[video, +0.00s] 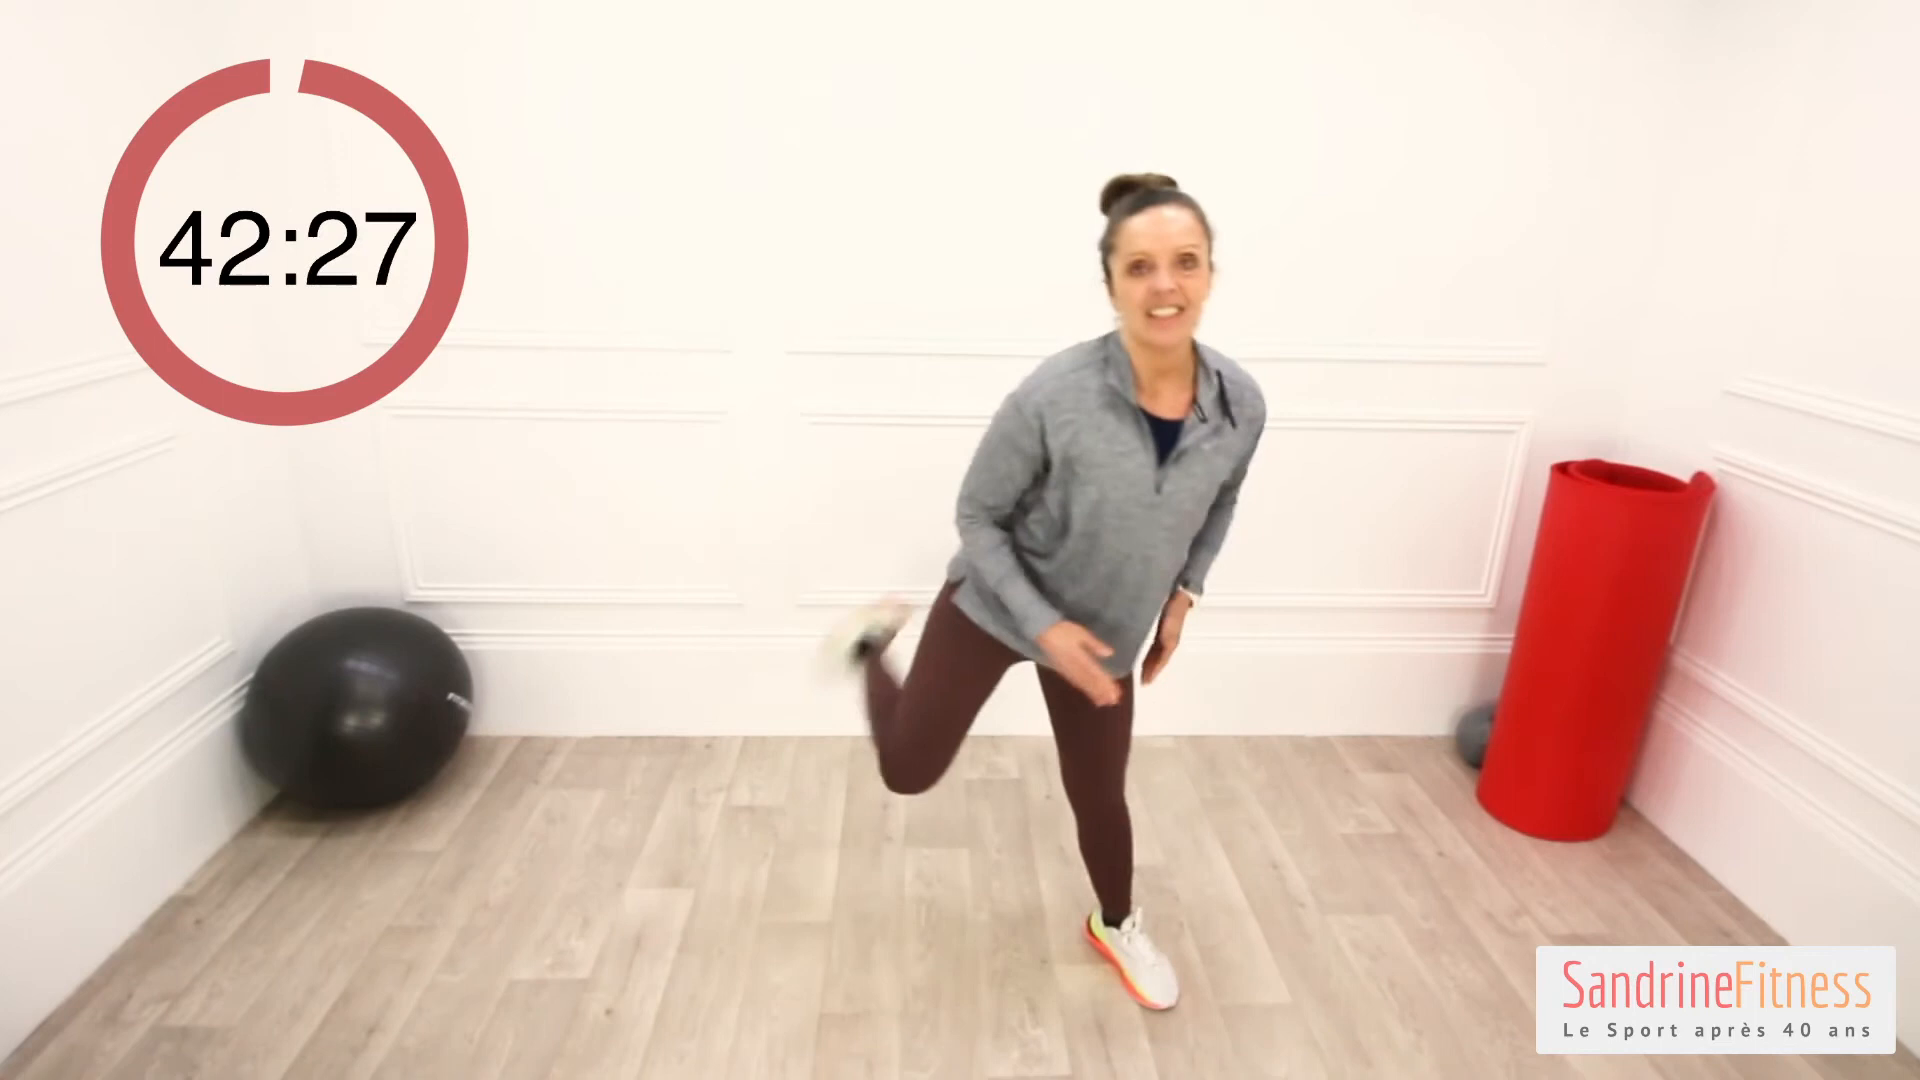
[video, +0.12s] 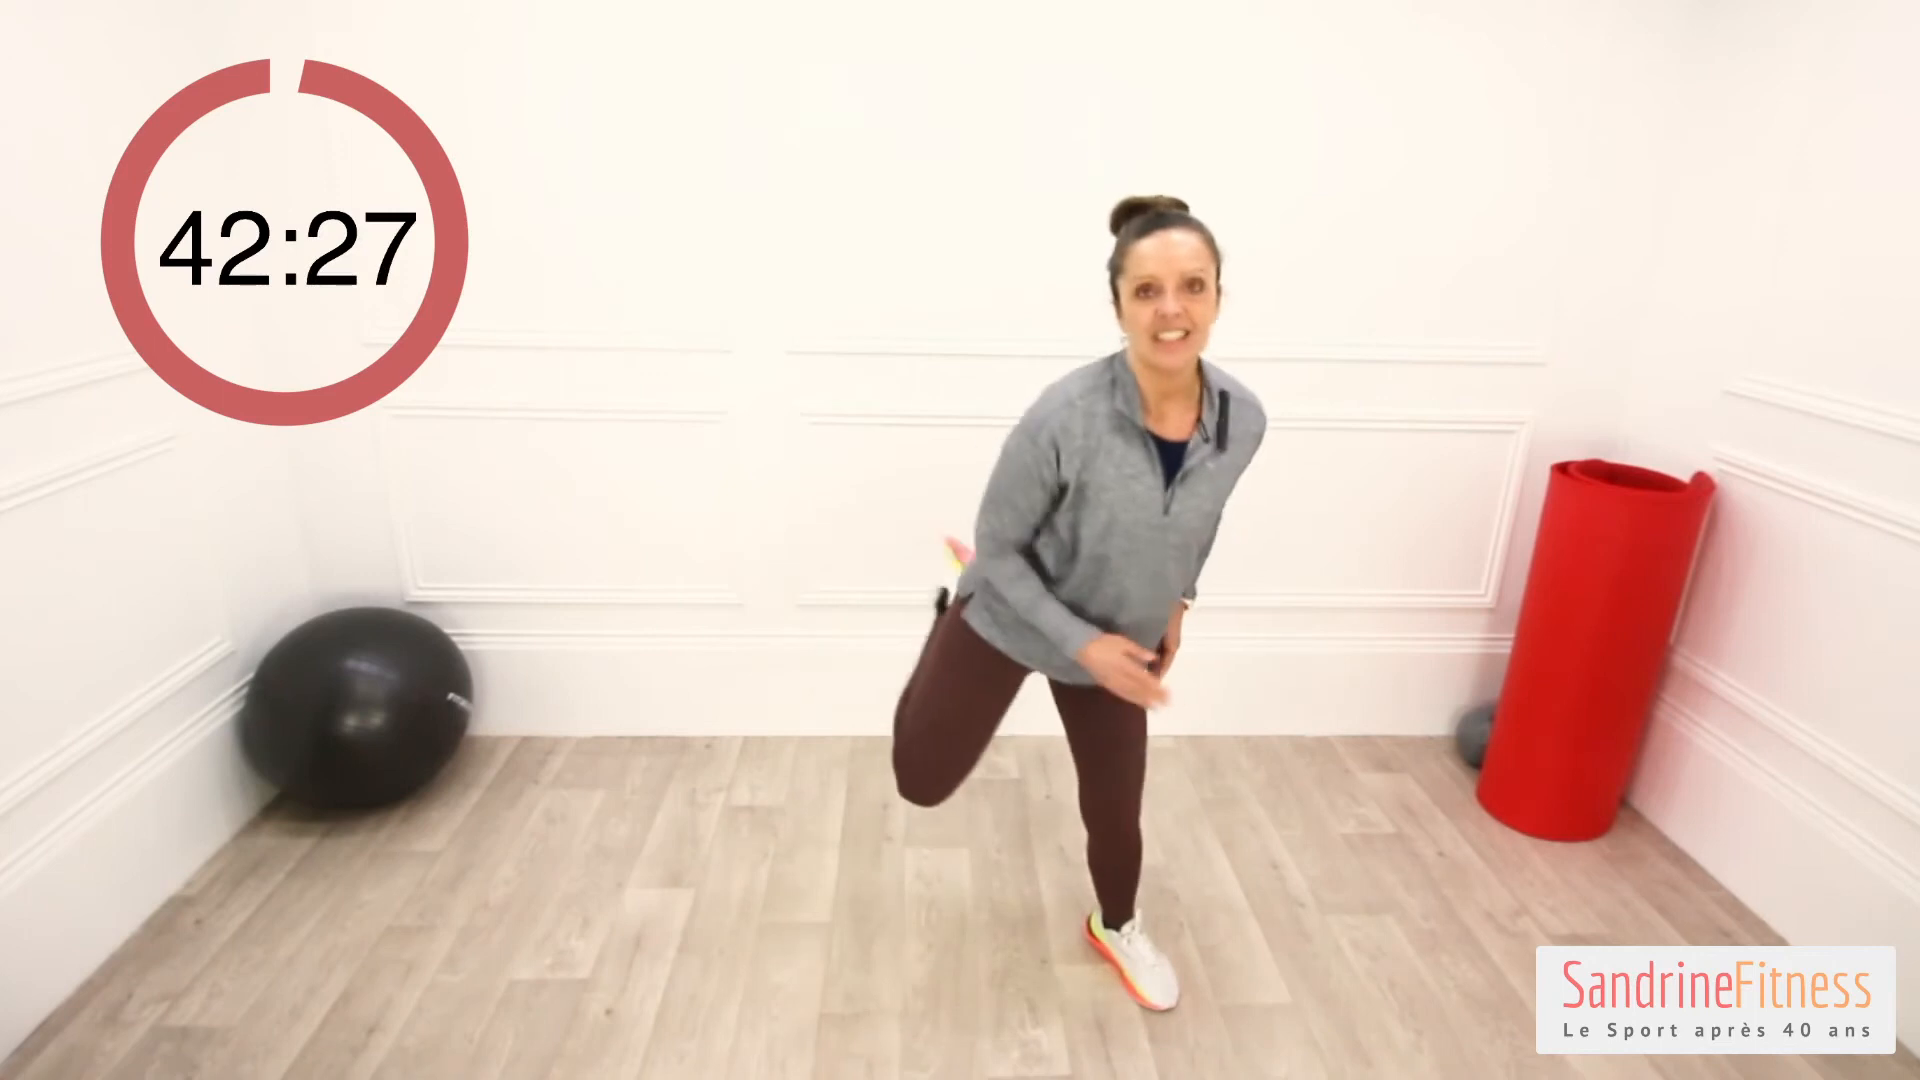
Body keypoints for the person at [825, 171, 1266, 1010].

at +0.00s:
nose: (1167, 288)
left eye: (1186, 263)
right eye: (1141, 269)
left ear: (1211, 275)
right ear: (1111, 287)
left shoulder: (1238, 407)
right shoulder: (1052, 398)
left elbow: (1219, 509)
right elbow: (977, 521)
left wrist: (1183, 594)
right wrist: (1046, 628)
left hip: (1107, 632)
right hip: (999, 604)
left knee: (1101, 795)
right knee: (909, 769)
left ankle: (1115, 924)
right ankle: (875, 644)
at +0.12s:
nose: (1172, 311)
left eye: (1193, 288)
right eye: (1148, 292)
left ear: (1218, 302)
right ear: (1118, 309)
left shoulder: (1239, 421)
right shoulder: (1060, 422)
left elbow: (1196, 521)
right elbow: (996, 561)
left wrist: (1176, 601)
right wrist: (1086, 647)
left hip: (1121, 643)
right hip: (1017, 616)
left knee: (1115, 809)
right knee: (922, 780)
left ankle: (1117, 926)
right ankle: (963, 600)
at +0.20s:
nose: (1162, 314)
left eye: (1184, 291)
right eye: (1138, 295)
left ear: (1210, 305)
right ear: (1110, 311)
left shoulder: (1234, 424)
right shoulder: (1055, 424)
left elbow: (1207, 520)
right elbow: (1003, 572)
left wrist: (1180, 595)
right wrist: (1104, 643)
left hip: (1113, 646)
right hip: (1014, 619)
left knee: (1112, 810)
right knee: (929, 788)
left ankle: (1116, 927)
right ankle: (956, 617)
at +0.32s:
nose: (1130, 291)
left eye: (1151, 268)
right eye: (1106, 273)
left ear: (1179, 282)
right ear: (1079, 290)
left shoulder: (1220, 405)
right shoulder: (1030, 402)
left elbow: (1221, 482)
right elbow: (983, 558)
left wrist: (1190, 566)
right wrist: (1077, 621)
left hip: (1102, 629)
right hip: (999, 601)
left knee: (1103, 794)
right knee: (911, 766)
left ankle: (1115, 925)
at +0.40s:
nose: (1090, 293)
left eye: (1111, 271)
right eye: (1067, 275)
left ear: (1141, 285)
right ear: (1043, 292)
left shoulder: (1187, 403)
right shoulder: (996, 402)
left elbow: (1218, 468)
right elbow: (949, 551)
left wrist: (1185, 564)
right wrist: (1013, 633)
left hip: (1097, 627)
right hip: (984, 607)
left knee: (1100, 798)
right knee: (895, 754)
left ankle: (1116, 925)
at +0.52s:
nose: (1037, 318)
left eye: (1057, 295)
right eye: (1015, 299)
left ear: (1089, 306)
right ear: (994, 315)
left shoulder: (1142, 428)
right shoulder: (947, 428)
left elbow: (1190, 499)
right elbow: (888, 567)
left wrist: (1164, 598)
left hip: (1078, 639)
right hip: (964, 624)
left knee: (1094, 810)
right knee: (887, 770)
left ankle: (1116, 927)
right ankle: (803, 908)